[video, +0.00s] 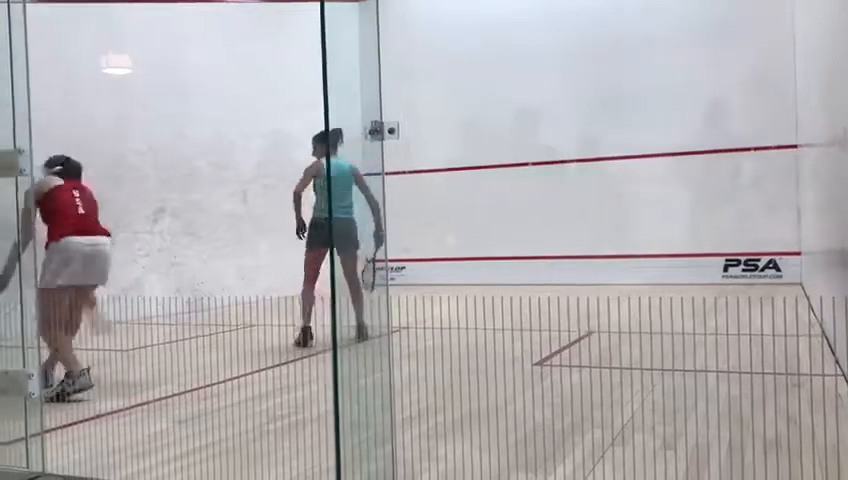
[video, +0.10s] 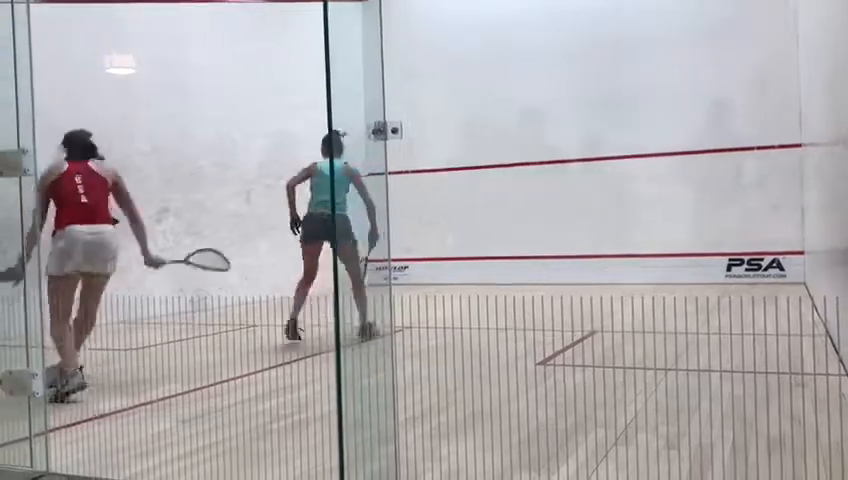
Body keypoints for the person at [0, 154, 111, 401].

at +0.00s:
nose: (44, 178)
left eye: (46, 174)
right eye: (45, 174)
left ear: (54, 173)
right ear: (74, 175)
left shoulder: (44, 185)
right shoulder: (87, 190)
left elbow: (26, 229)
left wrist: (11, 264)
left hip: (66, 248)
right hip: (99, 246)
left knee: (48, 322)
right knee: (72, 315)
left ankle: (77, 373)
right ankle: (48, 368)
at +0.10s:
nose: (64, 152)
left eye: (64, 148)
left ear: (66, 150)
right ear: (92, 149)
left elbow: (38, 224)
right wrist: (147, 252)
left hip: (68, 238)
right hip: (104, 237)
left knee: (59, 318)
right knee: (88, 315)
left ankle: (73, 374)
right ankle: (63, 370)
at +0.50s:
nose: (193, 153)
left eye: (191, 148)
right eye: (190, 149)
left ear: (164, 153)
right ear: (182, 153)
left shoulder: (147, 178)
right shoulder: (185, 181)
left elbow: (149, 220)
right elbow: (193, 228)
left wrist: (174, 247)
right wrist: (205, 263)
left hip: (129, 247)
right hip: (160, 247)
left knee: (112, 313)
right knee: (193, 296)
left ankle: (64, 357)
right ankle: (178, 359)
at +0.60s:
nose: (218, 145)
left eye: (216, 141)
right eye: (215, 142)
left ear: (193, 150)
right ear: (208, 148)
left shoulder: (176, 175)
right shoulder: (212, 177)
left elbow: (160, 212)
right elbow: (219, 221)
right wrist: (230, 253)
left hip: (156, 239)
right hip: (184, 238)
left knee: (164, 311)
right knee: (205, 299)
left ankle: (112, 336)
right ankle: (180, 358)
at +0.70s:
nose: (237, 133)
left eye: (234, 129)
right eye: (233, 130)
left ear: (211, 137)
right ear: (224, 136)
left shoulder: (192, 162)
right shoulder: (234, 164)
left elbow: (170, 197)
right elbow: (243, 204)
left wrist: (182, 224)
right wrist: (251, 234)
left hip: (184, 229)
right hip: (210, 228)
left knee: (206, 290)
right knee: (211, 297)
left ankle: (174, 340)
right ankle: (180, 352)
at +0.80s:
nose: (253, 122)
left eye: (250, 118)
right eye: (248, 120)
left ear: (229, 130)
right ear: (240, 128)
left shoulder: (211, 153)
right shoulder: (255, 155)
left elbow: (188, 184)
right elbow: (264, 194)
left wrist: (197, 216)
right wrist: (269, 221)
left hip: (209, 222)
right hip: (235, 223)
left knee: (235, 279)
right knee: (228, 287)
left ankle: (238, 336)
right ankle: (190, 338)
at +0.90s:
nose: (270, 124)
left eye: (267, 121)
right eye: (265, 123)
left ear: (246, 134)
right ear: (257, 132)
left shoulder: (229, 158)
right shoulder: (272, 159)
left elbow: (206, 189)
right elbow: (282, 198)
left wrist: (214, 220)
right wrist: (286, 222)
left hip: (235, 226)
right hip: (260, 226)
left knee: (260, 281)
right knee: (252, 289)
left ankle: (266, 333)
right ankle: (213, 330)